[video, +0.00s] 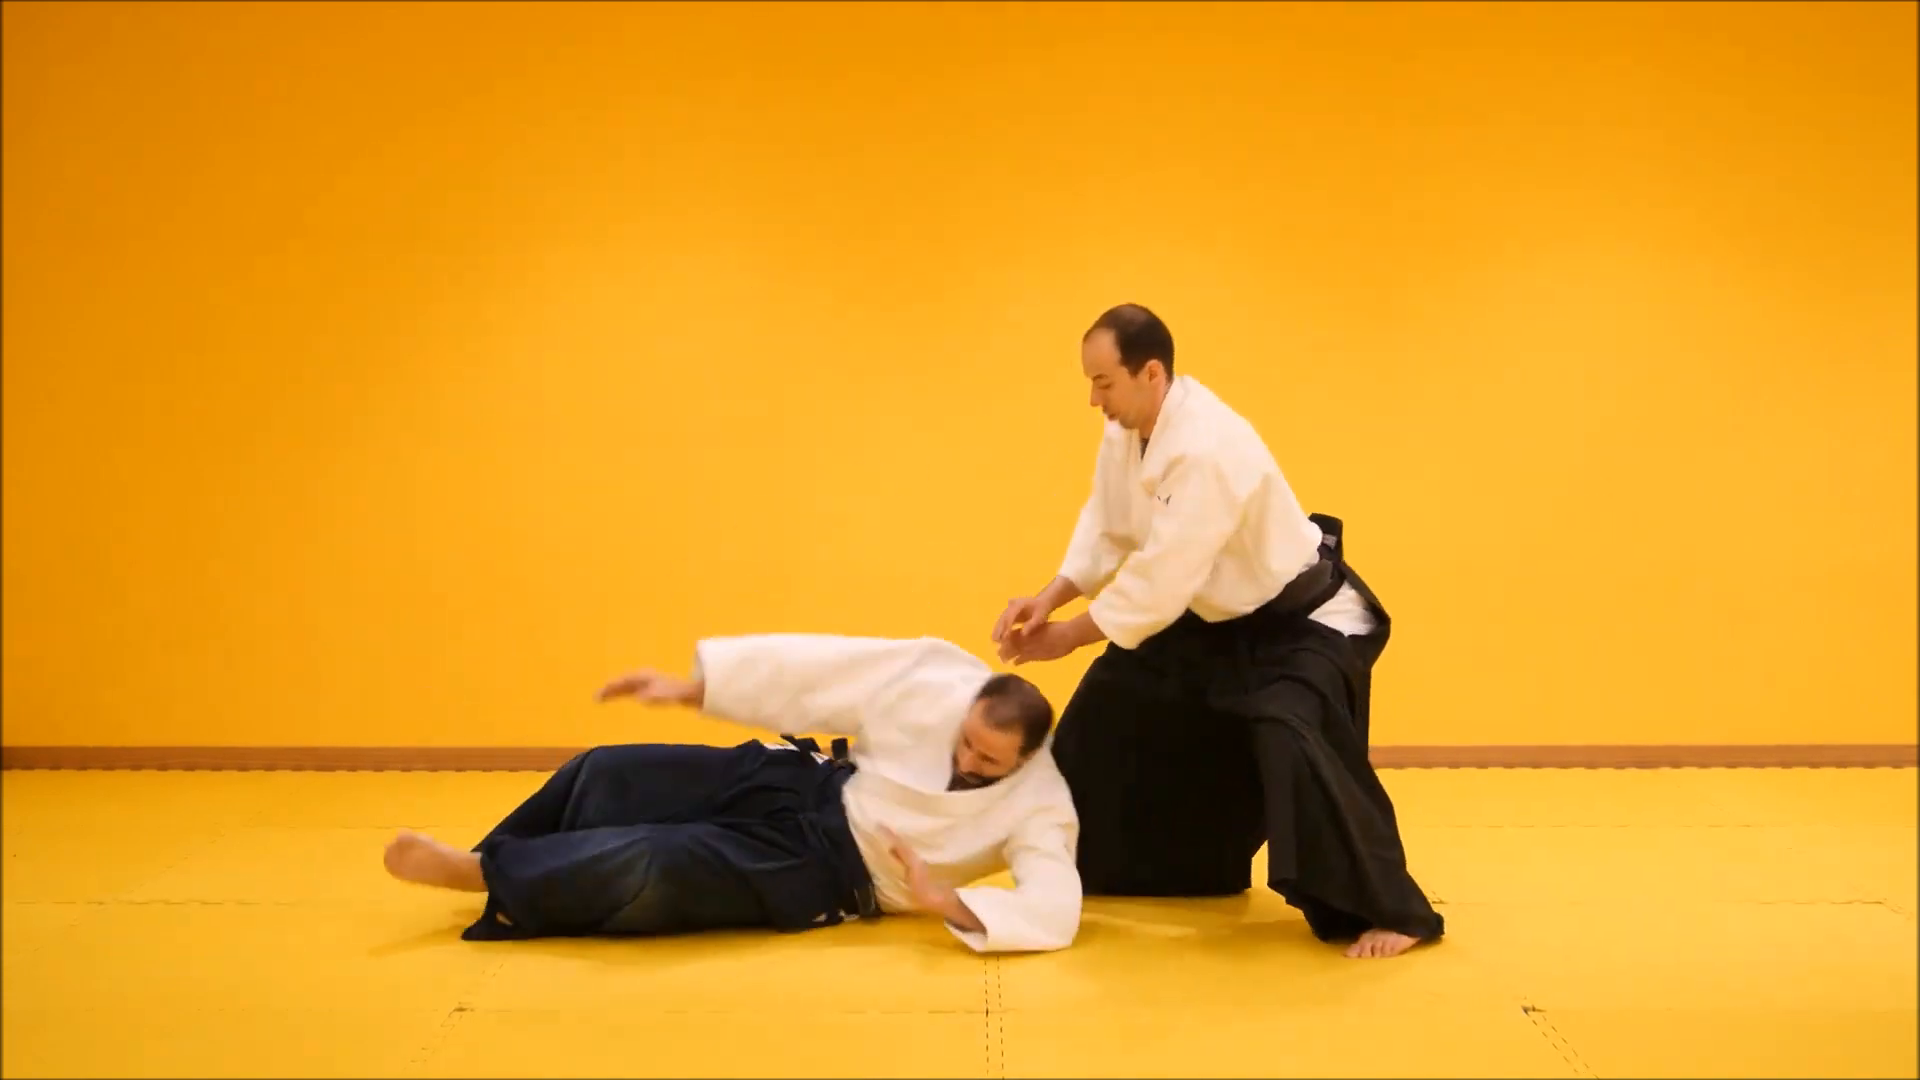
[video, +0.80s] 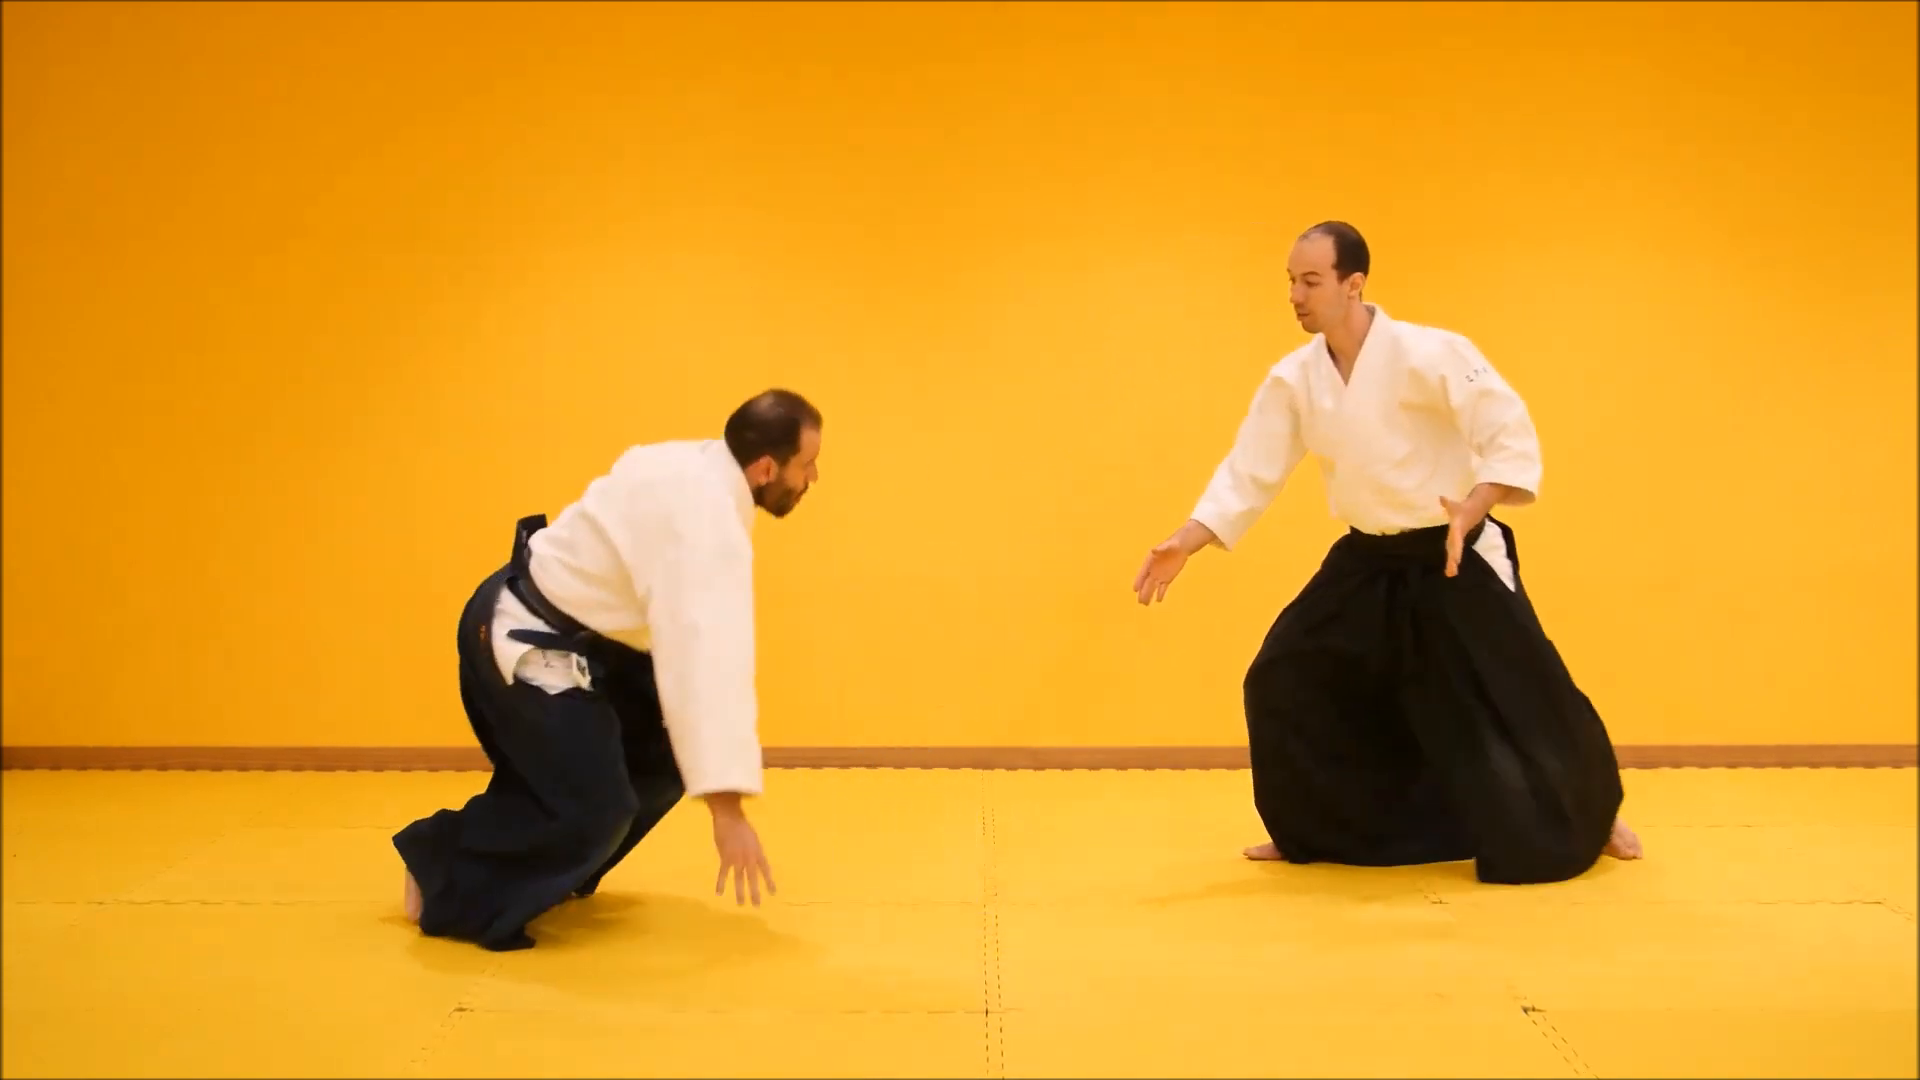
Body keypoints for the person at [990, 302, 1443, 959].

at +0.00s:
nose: (1094, 397)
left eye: (1103, 380)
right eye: (1090, 381)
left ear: (1151, 373)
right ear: (1136, 377)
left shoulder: (1205, 446)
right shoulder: (1125, 430)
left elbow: (1164, 578)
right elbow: (1104, 529)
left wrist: (1069, 635)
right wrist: (1047, 597)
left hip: (1300, 621)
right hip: (1208, 619)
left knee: (1284, 730)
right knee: (1104, 702)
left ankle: (1393, 909)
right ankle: (1086, 860)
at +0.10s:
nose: (1124, 357)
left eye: (1132, 339)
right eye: (1120, 340)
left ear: (1181, 328)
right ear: (1166, 331)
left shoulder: (1219, 401)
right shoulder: (1180, 389)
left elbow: (1194, 529)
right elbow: (1169, 497)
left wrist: (1119, 613)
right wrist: (1112, 565)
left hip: (1332, 594)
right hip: (1259, 592)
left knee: (1281, 720)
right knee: (1163, 688)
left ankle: (1398, 910)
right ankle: (1117, 843)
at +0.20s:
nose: (1160, 331)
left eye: (1169, 314)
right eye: (1158, 315)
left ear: (1217, 303)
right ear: (1207, 306)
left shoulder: (1245, 380)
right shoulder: (1227, 362)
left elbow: (1242, 513)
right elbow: (1208, 487)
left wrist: (1181, 613)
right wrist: (1147, 562)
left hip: (1349, 586)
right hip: (1296, 577)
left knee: (1293, 717)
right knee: (1198, 676)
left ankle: (1406, 909)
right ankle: (1195, 844)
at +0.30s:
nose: (1191, 316)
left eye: (1202, 299)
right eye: (1187, 301)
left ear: (1250, 295)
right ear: (1235, 300)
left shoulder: (1279, 372)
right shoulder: (1240, 371)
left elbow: (1318, 499)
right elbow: (1229, 490)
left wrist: (1262, 595)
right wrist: (1167, 570)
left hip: (1361, 578)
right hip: (1309, 575)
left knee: (1304, 719)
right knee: (1226, 682)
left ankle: (1413, 912)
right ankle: (1254, 826)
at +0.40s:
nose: (1206, 310)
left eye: (1218, 293)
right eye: (1202, 296)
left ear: (1266, 292)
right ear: (1230, 298)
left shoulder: (1311, 367)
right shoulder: (1237, 381)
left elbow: (1403, 462)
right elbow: (1221, 489)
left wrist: (1346, 557)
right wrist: (1163, 572)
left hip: (1380, 565)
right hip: (1322, 568)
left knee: (1342, 717)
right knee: (1254, 696)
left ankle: (1421, 906)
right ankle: (1307, 839)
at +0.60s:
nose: (1235, 304)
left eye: (1248, 287)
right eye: (1229, 290)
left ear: (1292, 287)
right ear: (1229, 296)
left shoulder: (1369, 359)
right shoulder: (1241, 384)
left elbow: (1469, 440)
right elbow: (1209, 484)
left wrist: (1419, 518)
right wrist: (1154, 566)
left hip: (1421, 545)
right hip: (1340, 554)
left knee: (1439, 702)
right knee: (1265, 687)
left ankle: (1517, 850)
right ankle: (1311, 829)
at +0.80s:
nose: (1295, 295)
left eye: (1309, 280)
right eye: (1291, 282)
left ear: (1354, 284)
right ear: (1298, 289)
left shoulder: (1432, 355)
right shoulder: (1295, 379)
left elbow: (1513, 438)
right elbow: (1247, 471)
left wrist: (1479, 501)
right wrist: (1184, 542)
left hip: (1456, 549)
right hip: (1365, 555)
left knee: (1529, 685)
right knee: (1278, 679)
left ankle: (1595, 813)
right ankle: (1308, 829)